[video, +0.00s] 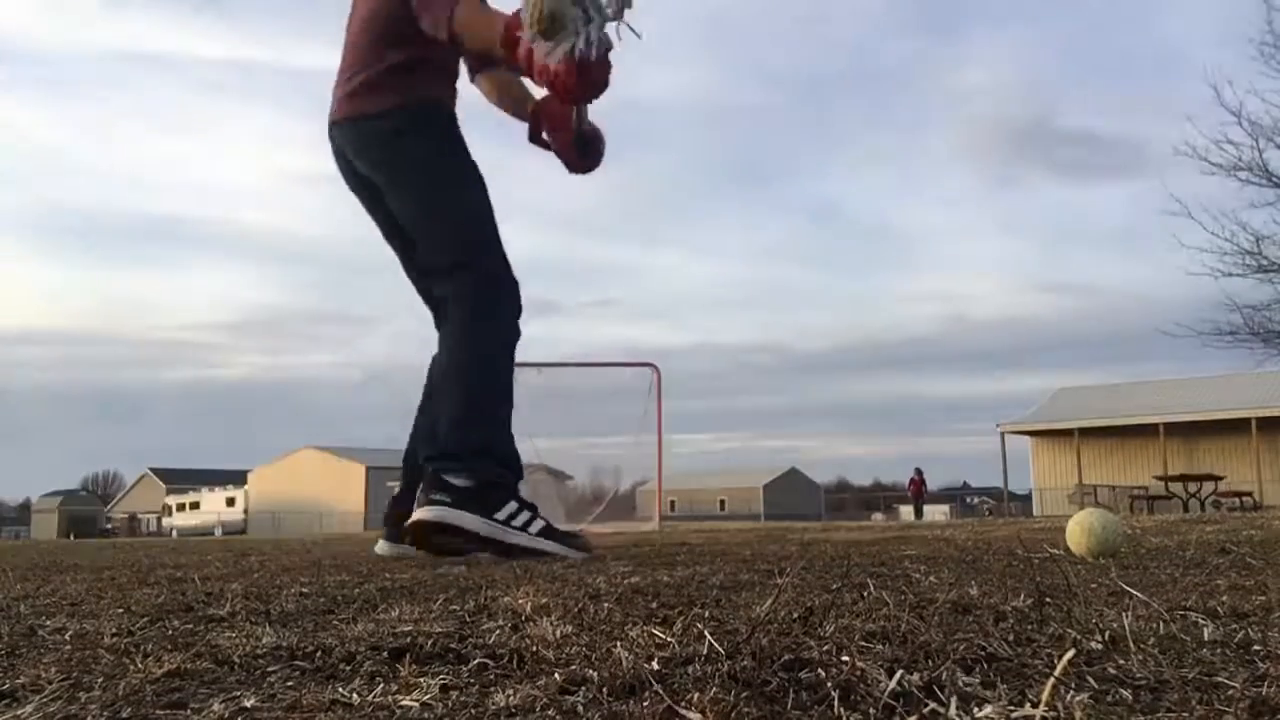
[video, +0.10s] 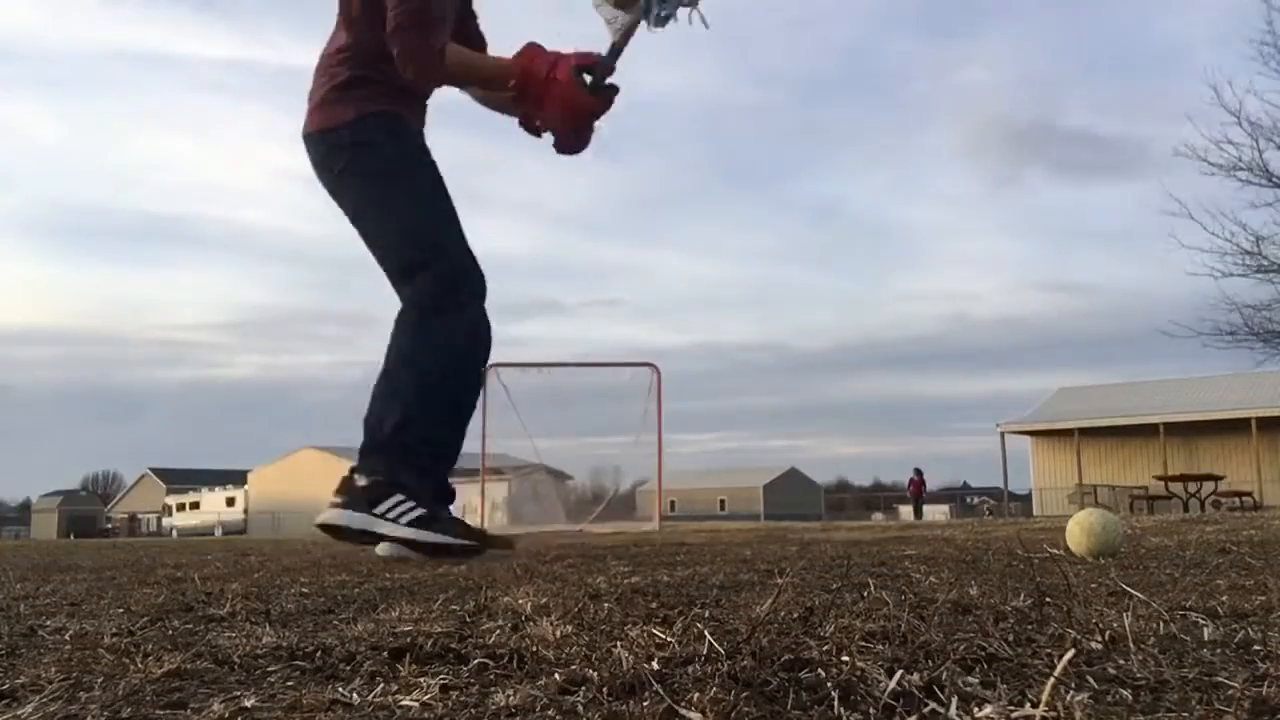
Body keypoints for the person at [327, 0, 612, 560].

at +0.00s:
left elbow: (487, 68)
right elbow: (447, 13)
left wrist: (548, 116)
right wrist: (531, 47)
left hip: (365, 121)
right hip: (403, 114)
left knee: (466, 307)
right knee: (487, 293)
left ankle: (419, 508)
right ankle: (471, 486)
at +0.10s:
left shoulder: (448, 5)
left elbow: (470, 70)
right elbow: (418, 55)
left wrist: (544, 99)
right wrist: (526, 70)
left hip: (384, 126)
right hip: (361, 122)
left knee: (464, 314)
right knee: (446, 287)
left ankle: (420, 506)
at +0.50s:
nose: (438, 81)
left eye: (442, 67)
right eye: (439, 63)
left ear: (397, 47)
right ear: (418, 50)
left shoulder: (394, 115)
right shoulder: (325, 69)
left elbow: (391, 219)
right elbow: (293, 134)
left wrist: (409, 186)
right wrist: (386, 129)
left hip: (280, 253)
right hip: (253, 247)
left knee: (300, 383)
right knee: (357, 373)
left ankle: (239, 511)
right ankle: (275, 518)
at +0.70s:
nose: (385, 115)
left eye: (389, 104)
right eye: (386, 102)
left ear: (336, 86)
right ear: (365, 96)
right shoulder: (337, 161)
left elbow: (327, 202)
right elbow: (344, 261)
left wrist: (394, 222)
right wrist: (409, 256)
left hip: (183, 270)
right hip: (244, 279)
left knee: (249, 396)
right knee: (289, 425)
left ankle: (230, 523)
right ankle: (227, 452)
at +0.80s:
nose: (385, 136)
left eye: (389, 126)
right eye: (388, 126)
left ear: (340, 97)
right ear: (379, 120)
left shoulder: (281, 106)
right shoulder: (359, 184)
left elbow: (212, 156)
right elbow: (323, 238)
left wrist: (278, 207)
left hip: (177, 267)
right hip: (239, 287)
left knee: (233, 400)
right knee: (225, 425)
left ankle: (223, 523)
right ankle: (109, 448)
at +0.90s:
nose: (372, 146)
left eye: (374, 137)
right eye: (376, 137)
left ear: (330, 108)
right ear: (369, 132)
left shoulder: (285, 116)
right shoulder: (348, 193)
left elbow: (214, 152)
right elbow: (257, 201)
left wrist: (195, 176)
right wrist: (173, 177)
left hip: (181, 274)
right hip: (237, 294)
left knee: (254, 385)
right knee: (164, 432)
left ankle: (224, 524)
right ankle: (17, 499)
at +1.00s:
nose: (343, 140)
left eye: (345, 132)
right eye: (347, 132)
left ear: (302, 107)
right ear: (342, 129)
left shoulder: (269, 120)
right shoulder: (329, 185)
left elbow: (229, 171)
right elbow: (233, 203)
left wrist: (146, 173)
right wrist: (147, 170)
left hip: (183, 278)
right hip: (240, 299)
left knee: (249, 389)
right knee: (151, 424)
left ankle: (222, 527)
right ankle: (10, 488)